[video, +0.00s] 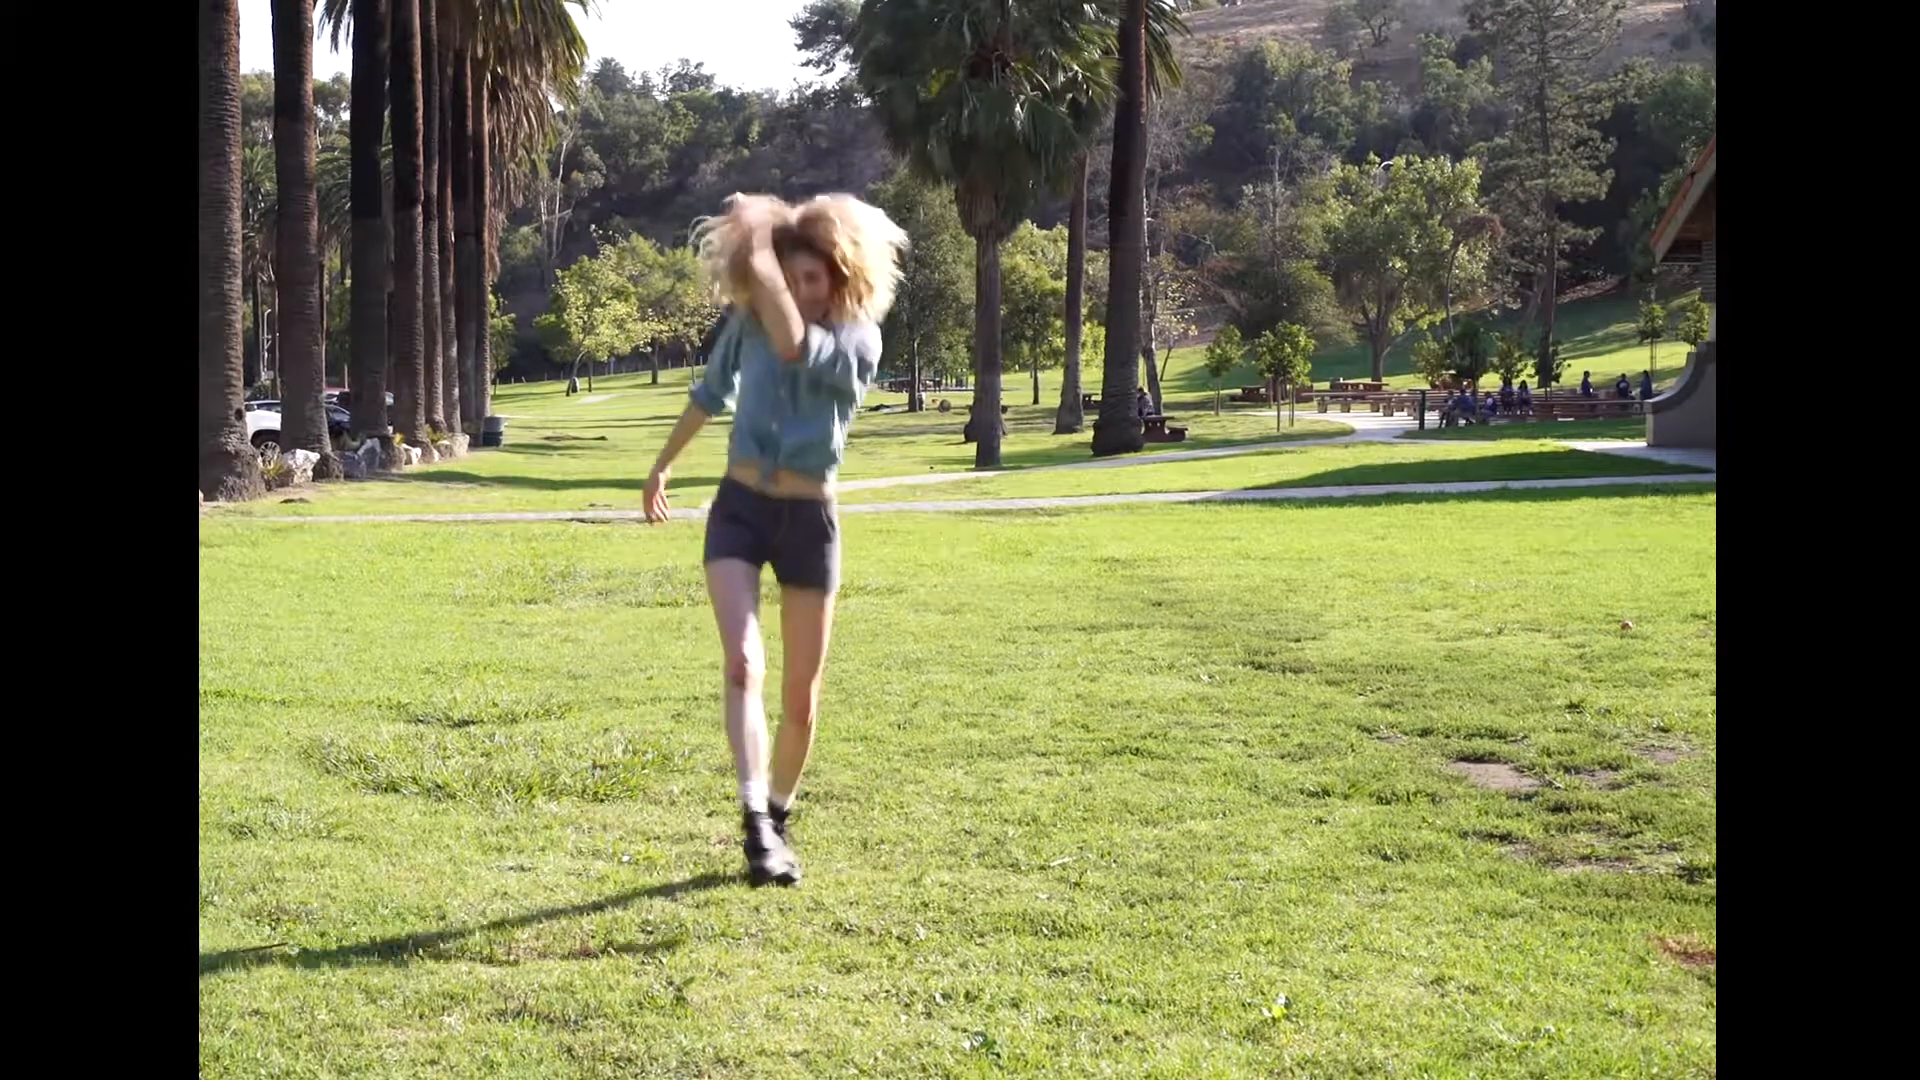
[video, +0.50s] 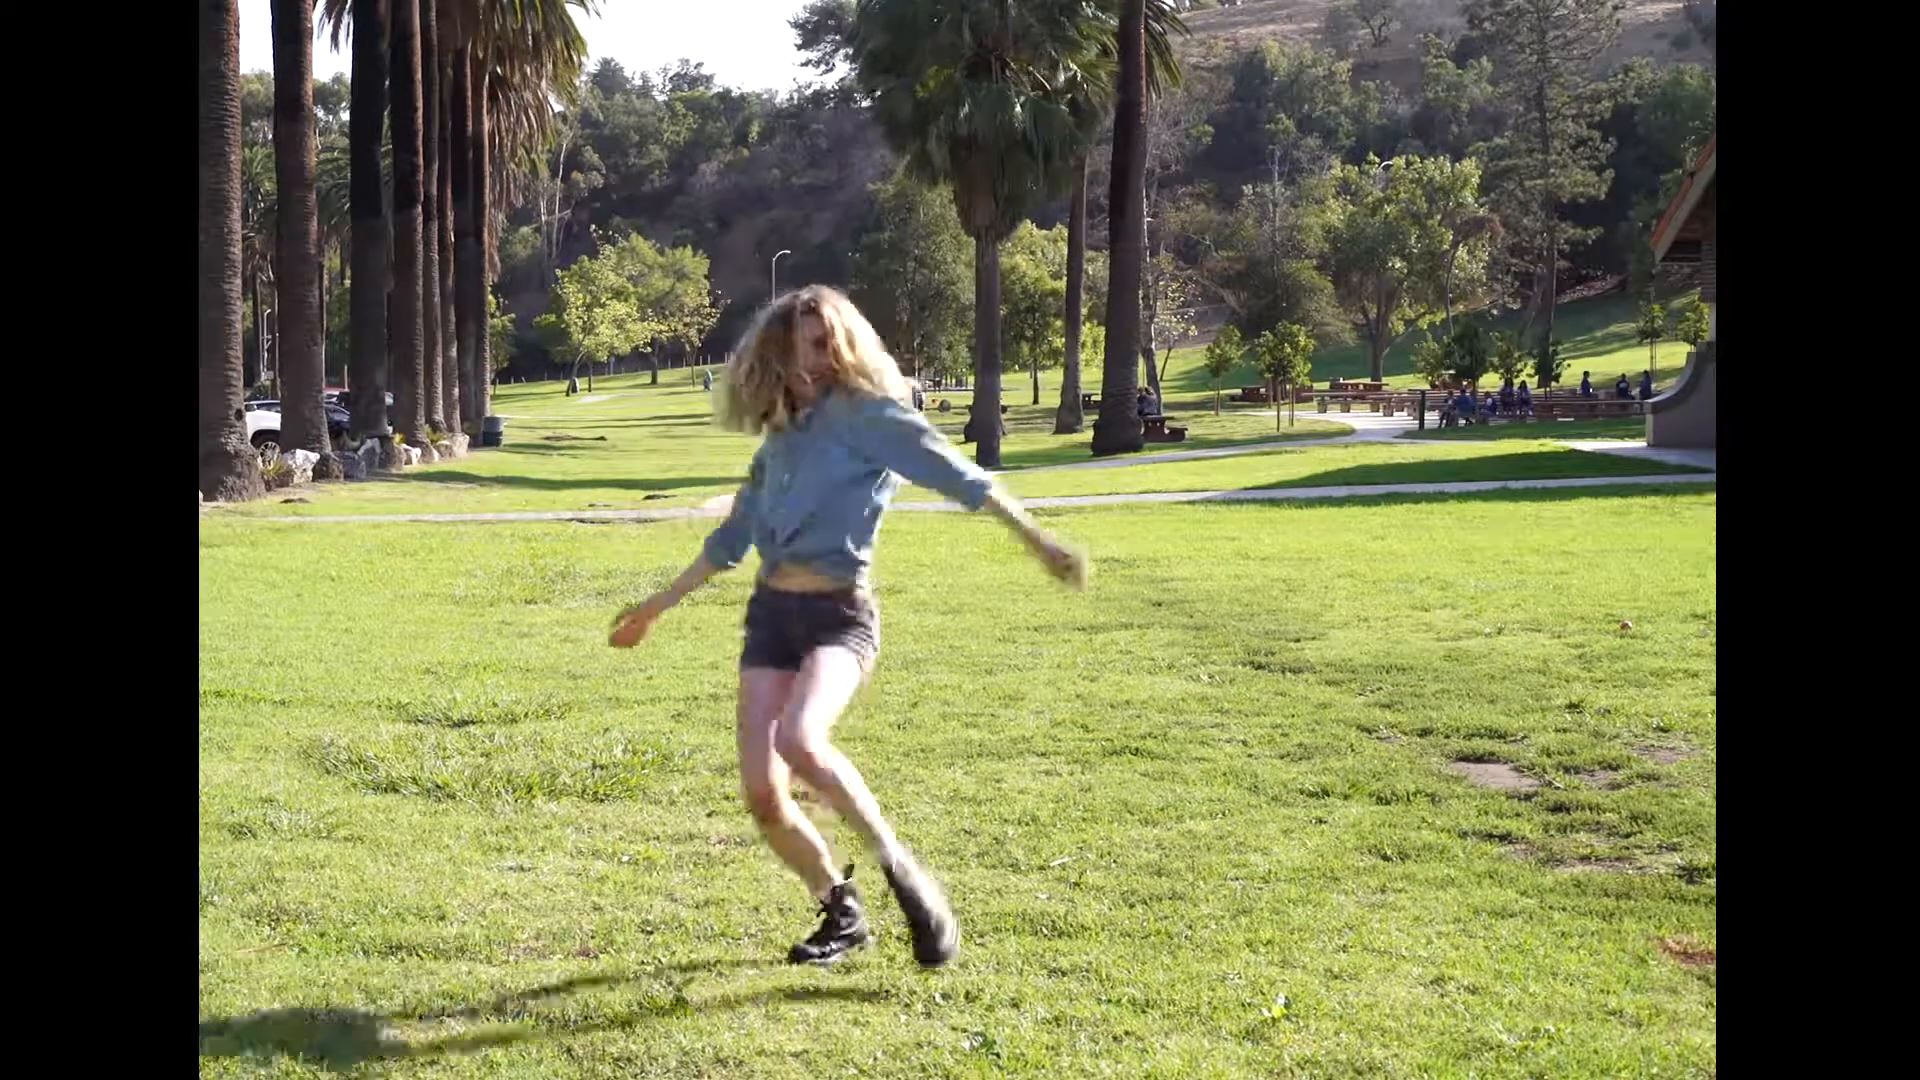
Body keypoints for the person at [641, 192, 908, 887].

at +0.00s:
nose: (802, 288)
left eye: (816, 273)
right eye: (791, 275)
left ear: (843, 276)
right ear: (775, 275)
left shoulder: (857, 339)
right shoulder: (746, 323)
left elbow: (793, 343)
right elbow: (706, 399)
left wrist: (759, 254)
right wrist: (661, 465)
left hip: (809, 520)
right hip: (737, 510)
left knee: (801, 698)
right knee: (743, 665)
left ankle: (776, 816)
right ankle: (757, 823)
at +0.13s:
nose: (806, 353)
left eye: (819, 340)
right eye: (795, 342)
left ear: (843, 344)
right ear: (778, 348)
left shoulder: (857, 403)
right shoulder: (761, 402)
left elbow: (776, 402)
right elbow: (725, 450)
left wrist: (676, 381)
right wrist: (697, 501)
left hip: (821, 580)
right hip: (750, 576)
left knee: (801, 730)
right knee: (773, 704)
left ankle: (761, 831)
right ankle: (804, 852)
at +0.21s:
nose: (807, 355)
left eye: (818, 340)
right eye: (794, 343)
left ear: (839, 343)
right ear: (777, 352)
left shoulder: (856, 402)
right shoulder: (767, 410)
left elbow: (766, 439)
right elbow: (752, 463)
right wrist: (736, 506)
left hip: (832, 591)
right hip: (761, 585)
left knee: (812, 748)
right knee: (783, 731)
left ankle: (770, 827)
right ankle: (833, 891)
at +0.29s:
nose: (803, 348)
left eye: (814, 334)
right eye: (792, 338)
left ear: (839, 338)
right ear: (779, 348)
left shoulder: (848, 406)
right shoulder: (770, 412)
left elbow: (822, 482)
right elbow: (767, 483)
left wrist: (795, 554)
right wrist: (747, 515)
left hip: (840, 593)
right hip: (764, 585)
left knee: (842, 781)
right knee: (799, 752)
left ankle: (787, 787)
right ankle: (843, 911)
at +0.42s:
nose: (804, 358)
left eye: (815, 342)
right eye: (790, 347)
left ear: (835, 343)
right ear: (770, 354)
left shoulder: (859, 410)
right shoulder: (775, 428)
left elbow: (921, 493)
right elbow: (749, 524)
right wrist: (697, 583)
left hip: (840, 613)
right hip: (764, 608)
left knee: (829, 784)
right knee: (781, 786)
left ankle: (879, 816)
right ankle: (839, 912)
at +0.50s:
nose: (812, 360)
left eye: (823, 344)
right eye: (798, 349)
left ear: (843, 347)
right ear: (777, 357)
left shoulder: (871, 416)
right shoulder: (779, 443)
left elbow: (959, 474)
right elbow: (734, 536)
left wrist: (1036, 537)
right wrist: (658, 603)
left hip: (840, 613)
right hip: (771, 613)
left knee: (800, 743)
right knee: (762, 793)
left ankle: (906, 879)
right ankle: (840, 908)